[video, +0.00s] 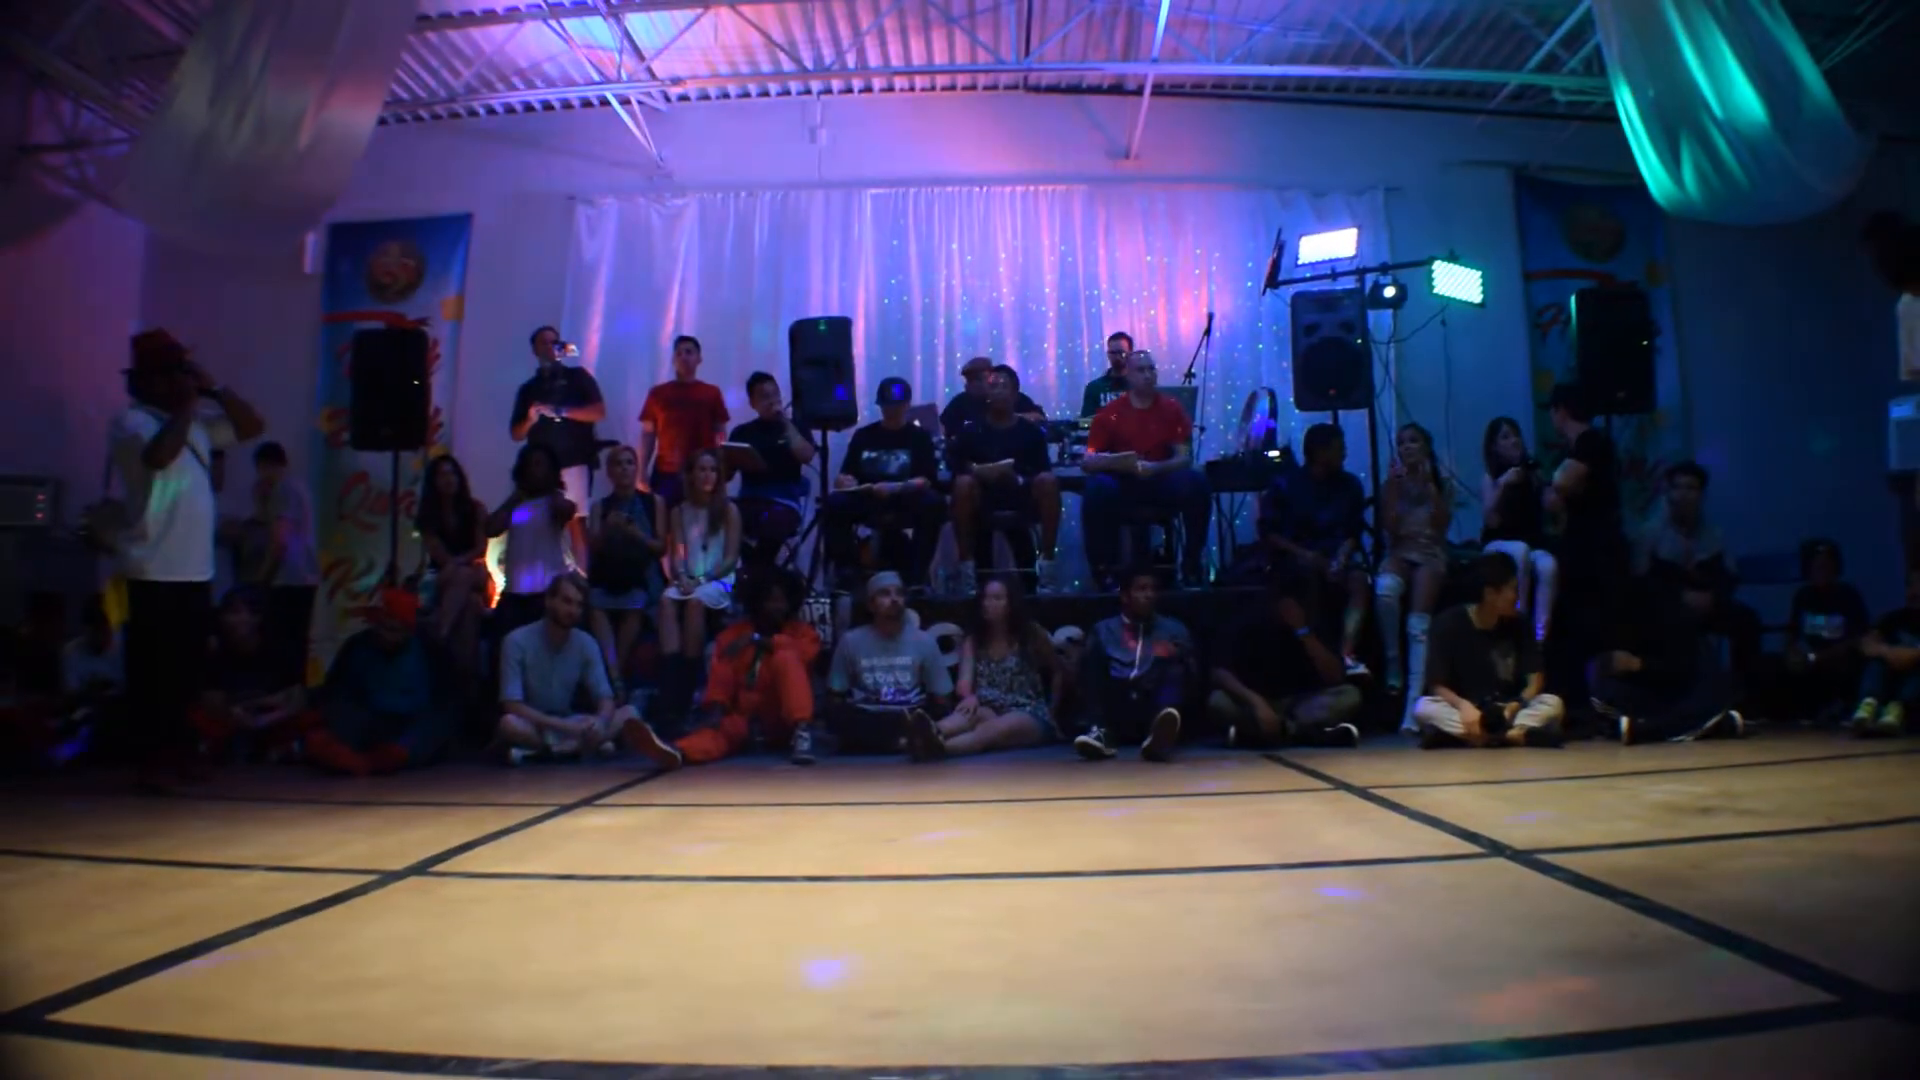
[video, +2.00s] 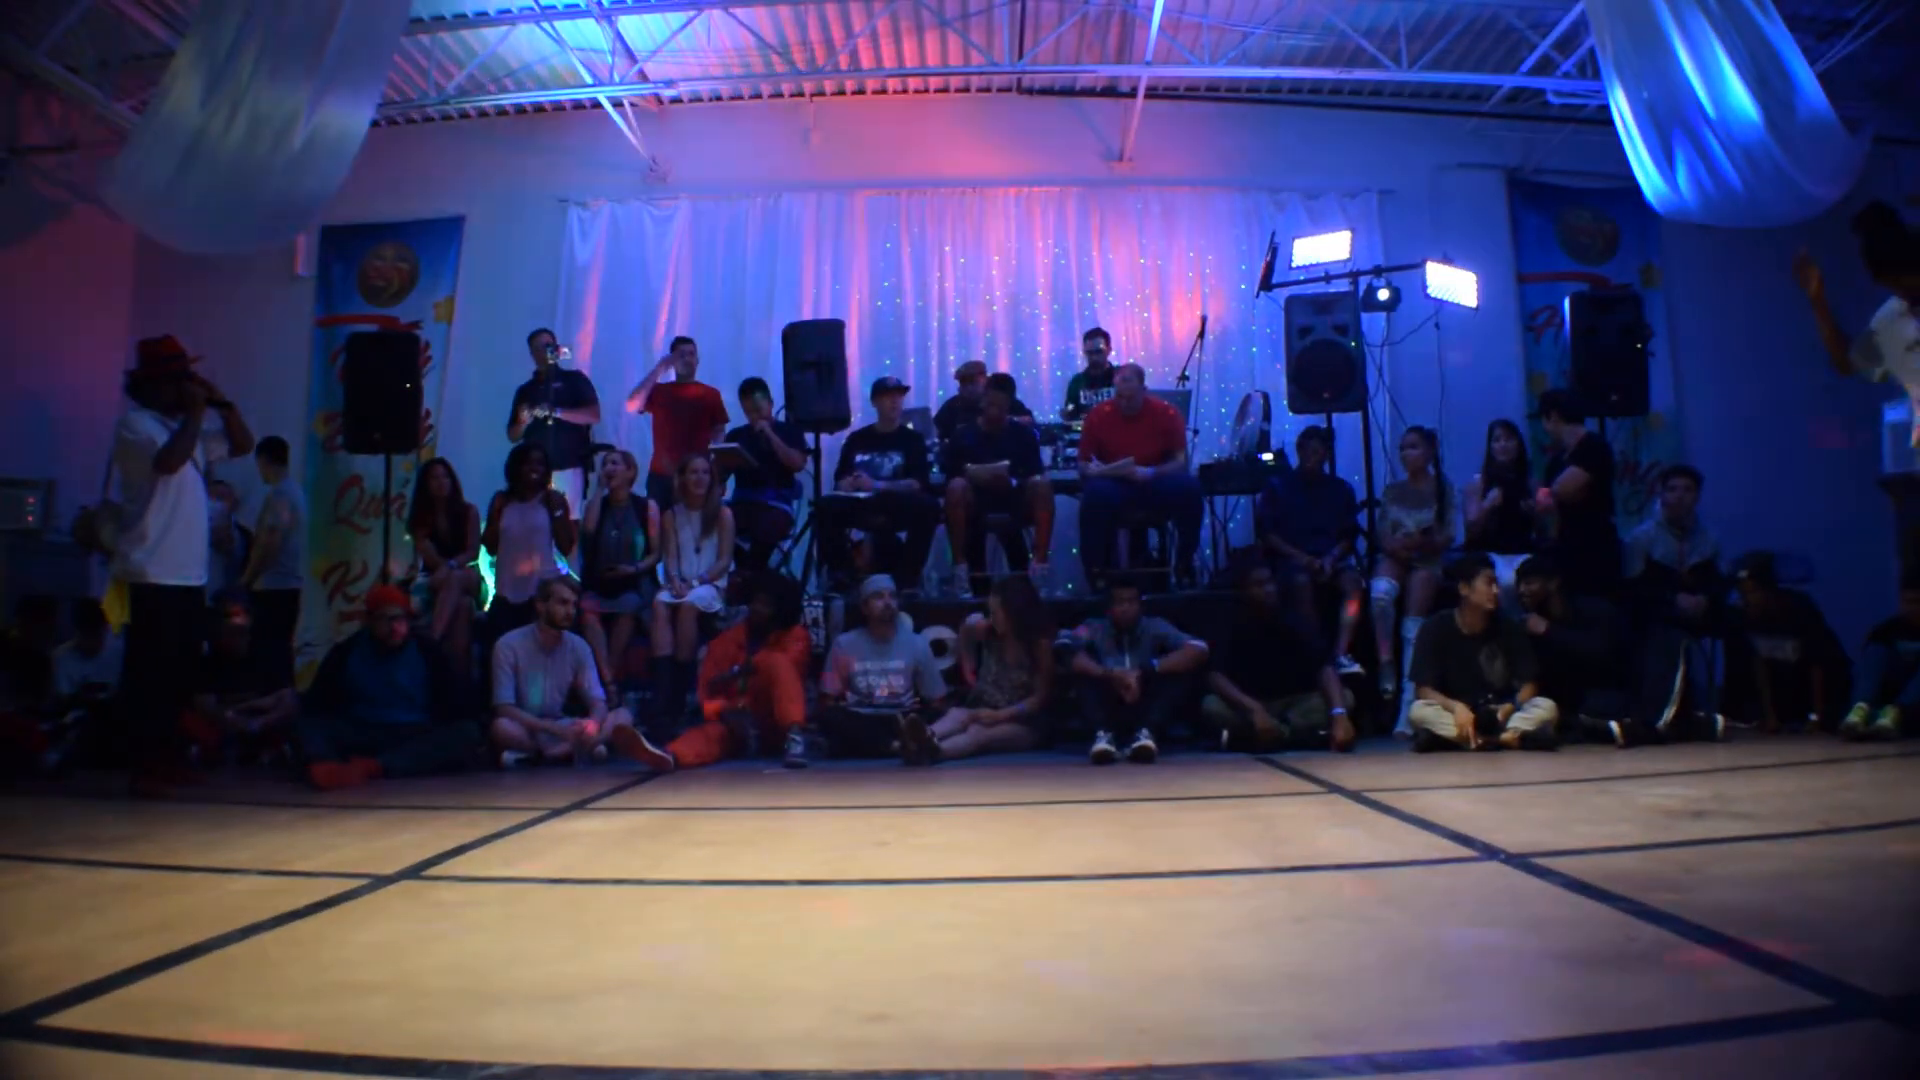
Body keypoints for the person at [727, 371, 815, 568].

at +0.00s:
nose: (772, 401)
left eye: (775, 394)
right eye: (765, 396)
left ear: (780, 396)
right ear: (753, 402)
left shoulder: (795, 428)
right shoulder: (742, 432)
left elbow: (806, 456)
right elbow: (727, 473)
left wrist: (786, 423)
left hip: (785, 495)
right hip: (751, 495)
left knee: (773, 527)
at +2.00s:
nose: (755, 416)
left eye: (759, 409)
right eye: (750, 411)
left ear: (770, 405)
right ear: (744, 409)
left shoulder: (789, 432)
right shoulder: (736, 436)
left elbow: (798, 463)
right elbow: (721, 477)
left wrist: (770, 435)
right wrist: (722, 459)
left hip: (777, 499)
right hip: (744, 499)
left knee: (769, 529)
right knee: (721, 523)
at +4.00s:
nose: (757, 415)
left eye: (763, 409)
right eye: (752, 409)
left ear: (774, 405)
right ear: (746, 407)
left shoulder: (790, 433)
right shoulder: (736, 435)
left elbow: (804, 468)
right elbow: (718, 474)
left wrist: (773, 460)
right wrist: (741, 459)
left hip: (778, 502)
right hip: (743, 501)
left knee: (763, 535)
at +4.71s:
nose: (761, 414)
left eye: (765, 408)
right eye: (755, 408)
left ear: (776, 405)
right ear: (748, 407)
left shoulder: (790, 433)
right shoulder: (737, 435)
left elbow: (805, 469)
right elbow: (720, 474)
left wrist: (776, 458)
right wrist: (733, 459)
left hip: (778, 501)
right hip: (744, 499)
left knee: (764, 535)